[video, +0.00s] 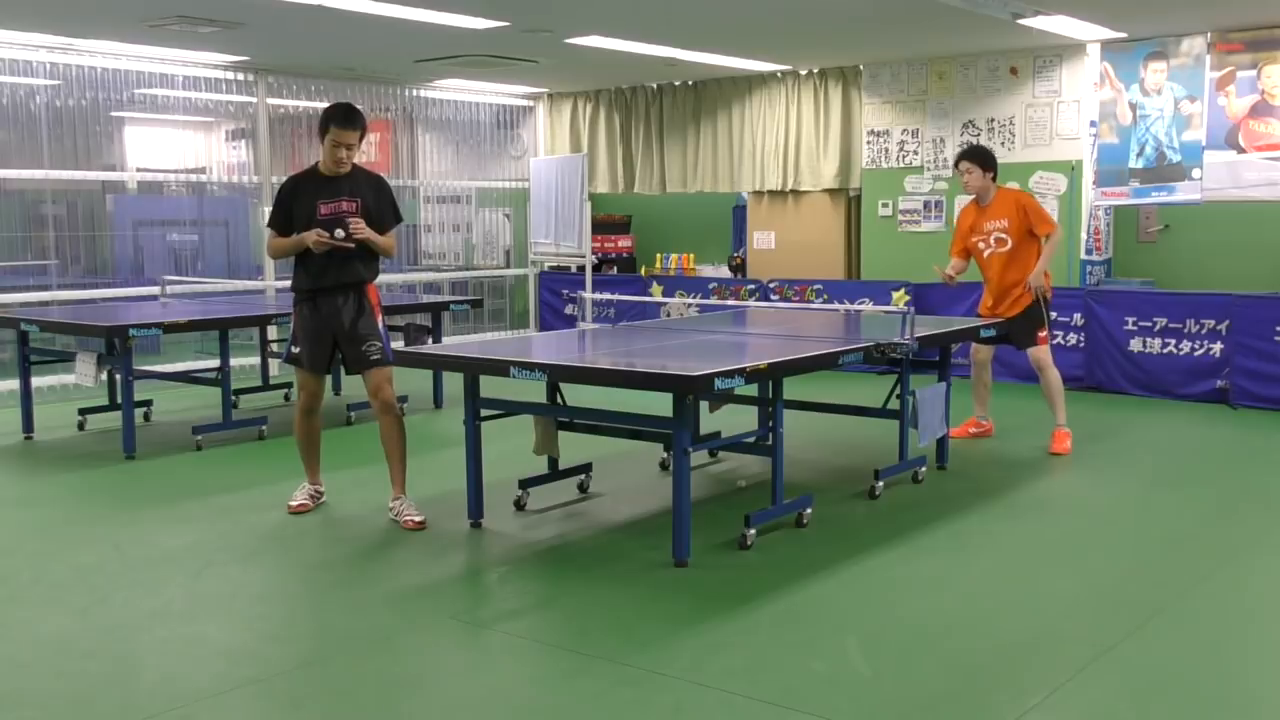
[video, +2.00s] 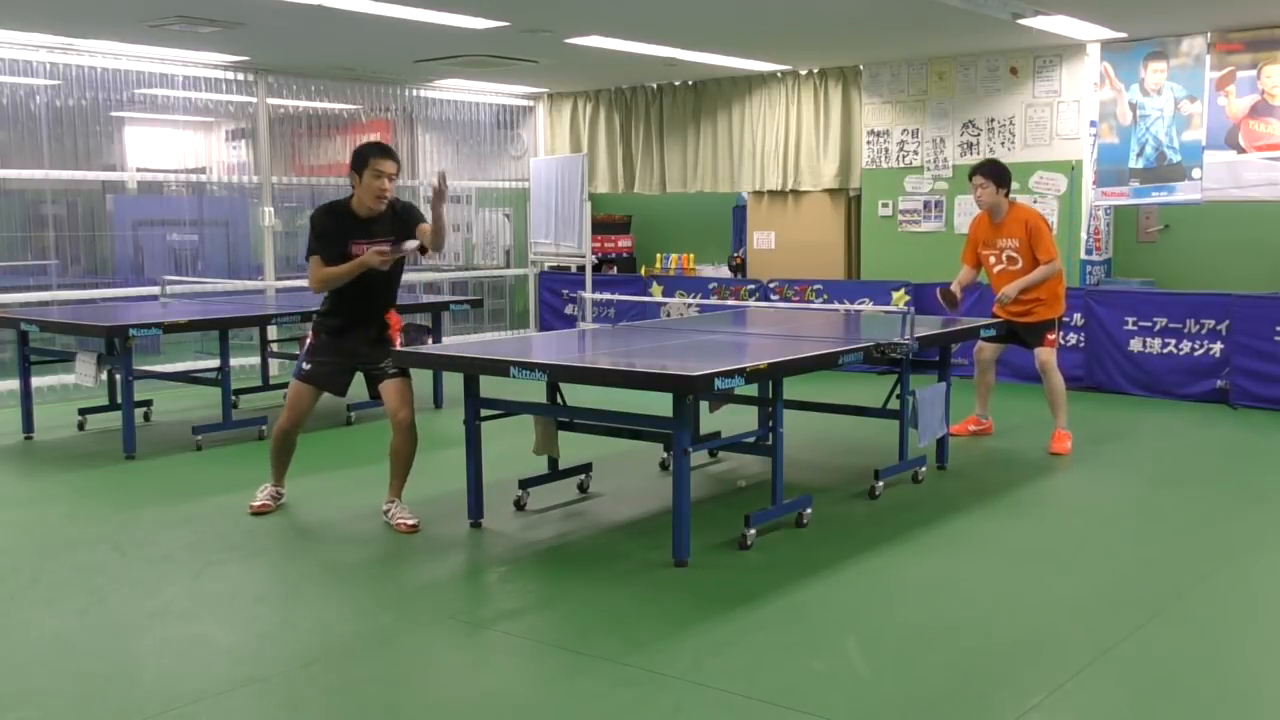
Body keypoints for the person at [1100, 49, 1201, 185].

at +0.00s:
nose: (1158, 77)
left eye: (1162, 72)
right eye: (1154, 71)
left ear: (1167, 73)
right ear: (1143, 72)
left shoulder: (1173, 89)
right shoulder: (1135, 91)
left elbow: (1198, 105)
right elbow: (1125, 121)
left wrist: (1191, 107)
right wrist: (1120, 95)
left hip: (1171, 160)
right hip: (1142, 163)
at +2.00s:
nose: (1158, 77)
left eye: (1162, 72)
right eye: (1154, 71)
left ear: (1167, 73)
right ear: (1143, 72)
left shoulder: (1173, 89)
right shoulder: (1135, 91)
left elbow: (1198, 106)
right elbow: (1125, 120)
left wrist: (1191, 107)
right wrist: (1120, 95)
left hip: (1171, 162)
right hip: (1141, 164)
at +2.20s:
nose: (1158, 77)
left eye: (1162, 72)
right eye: (1154, 71)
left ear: (1167, 73)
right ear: (1143, 72)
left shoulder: (1173, 89)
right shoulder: (1135, 91)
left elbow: (1198, 106)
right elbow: (1125, 121)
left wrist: (1191, 107)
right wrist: (1120, 95)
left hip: (1171, 161)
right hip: (1141, 164)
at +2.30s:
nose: (1158, 77)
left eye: (1162, 72)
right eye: (1154, 71)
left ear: (1167, 73)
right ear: (1143, 72)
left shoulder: (1173, 89)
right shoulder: (1135, 91)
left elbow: (1198, 106)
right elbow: (1125, 121)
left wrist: (1191, 107)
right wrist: (1120, 95)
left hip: (1171, 161)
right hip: (1141, 164)